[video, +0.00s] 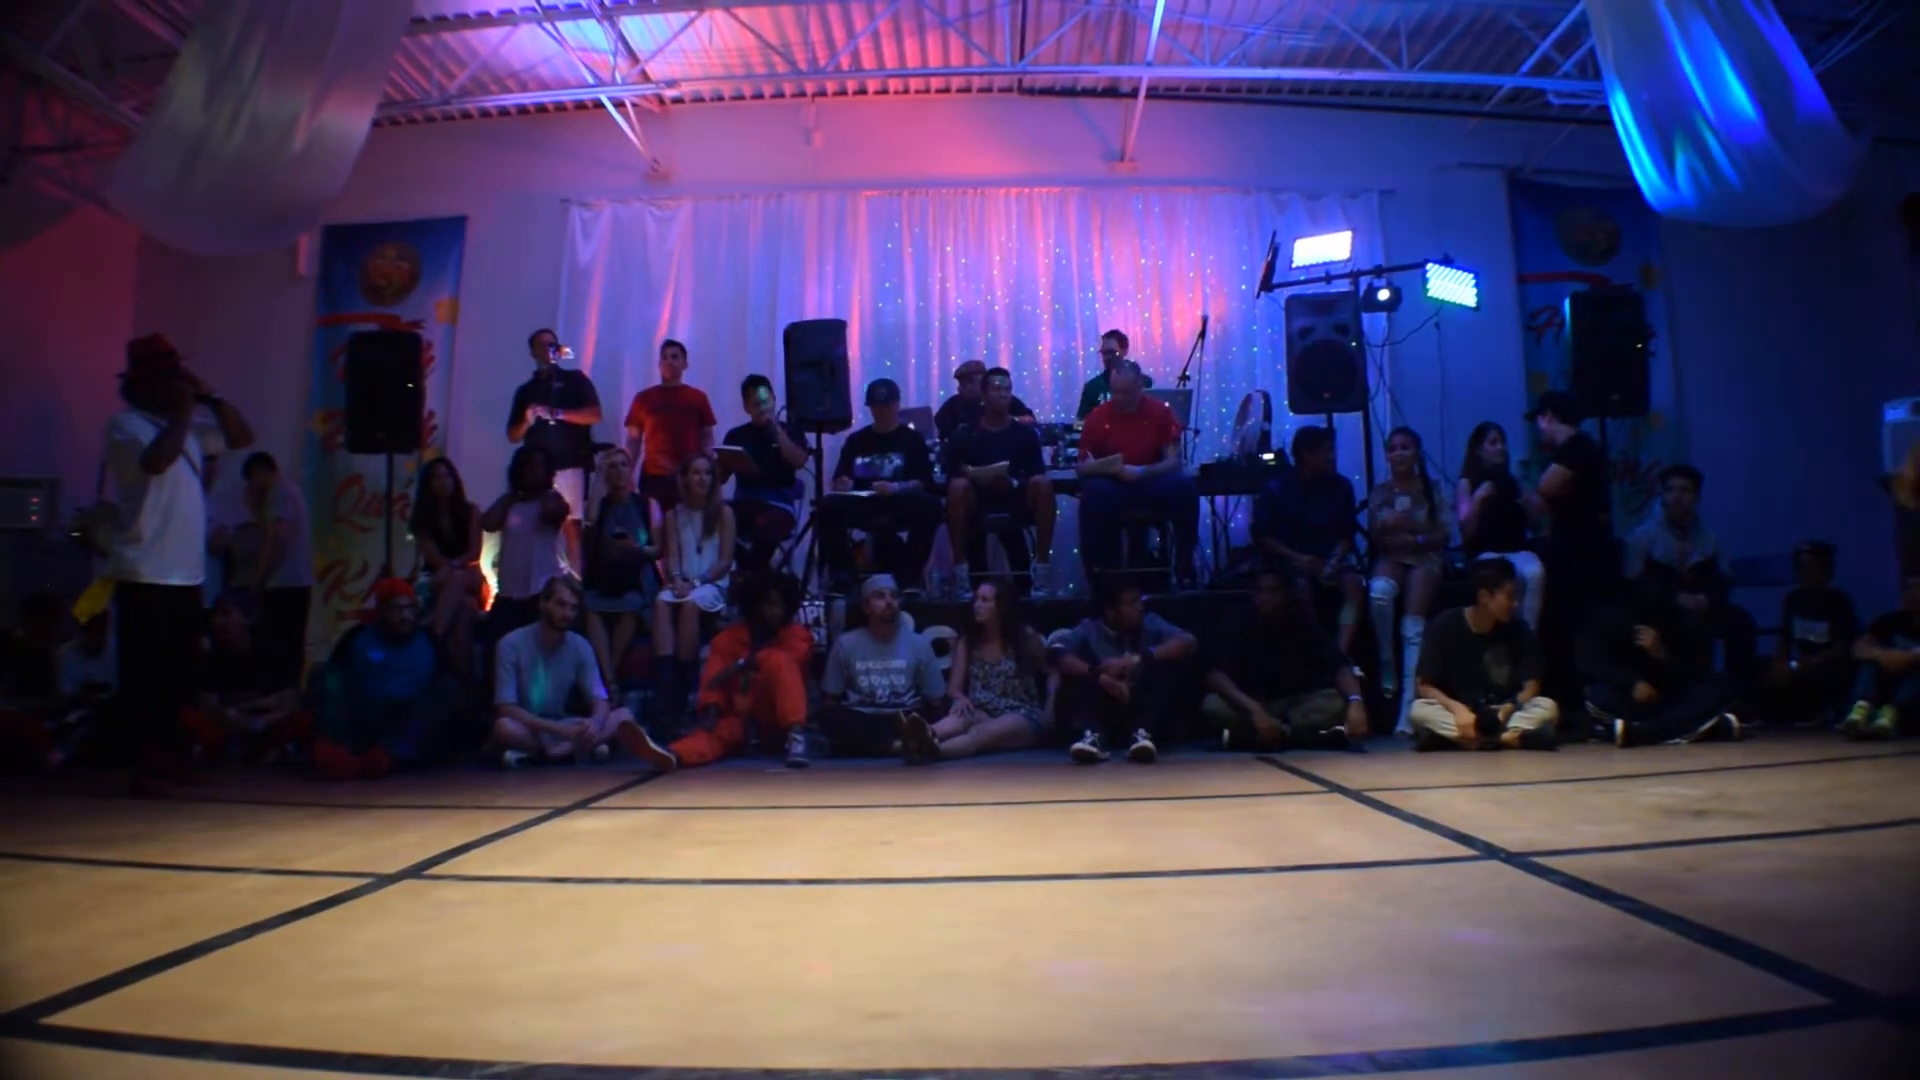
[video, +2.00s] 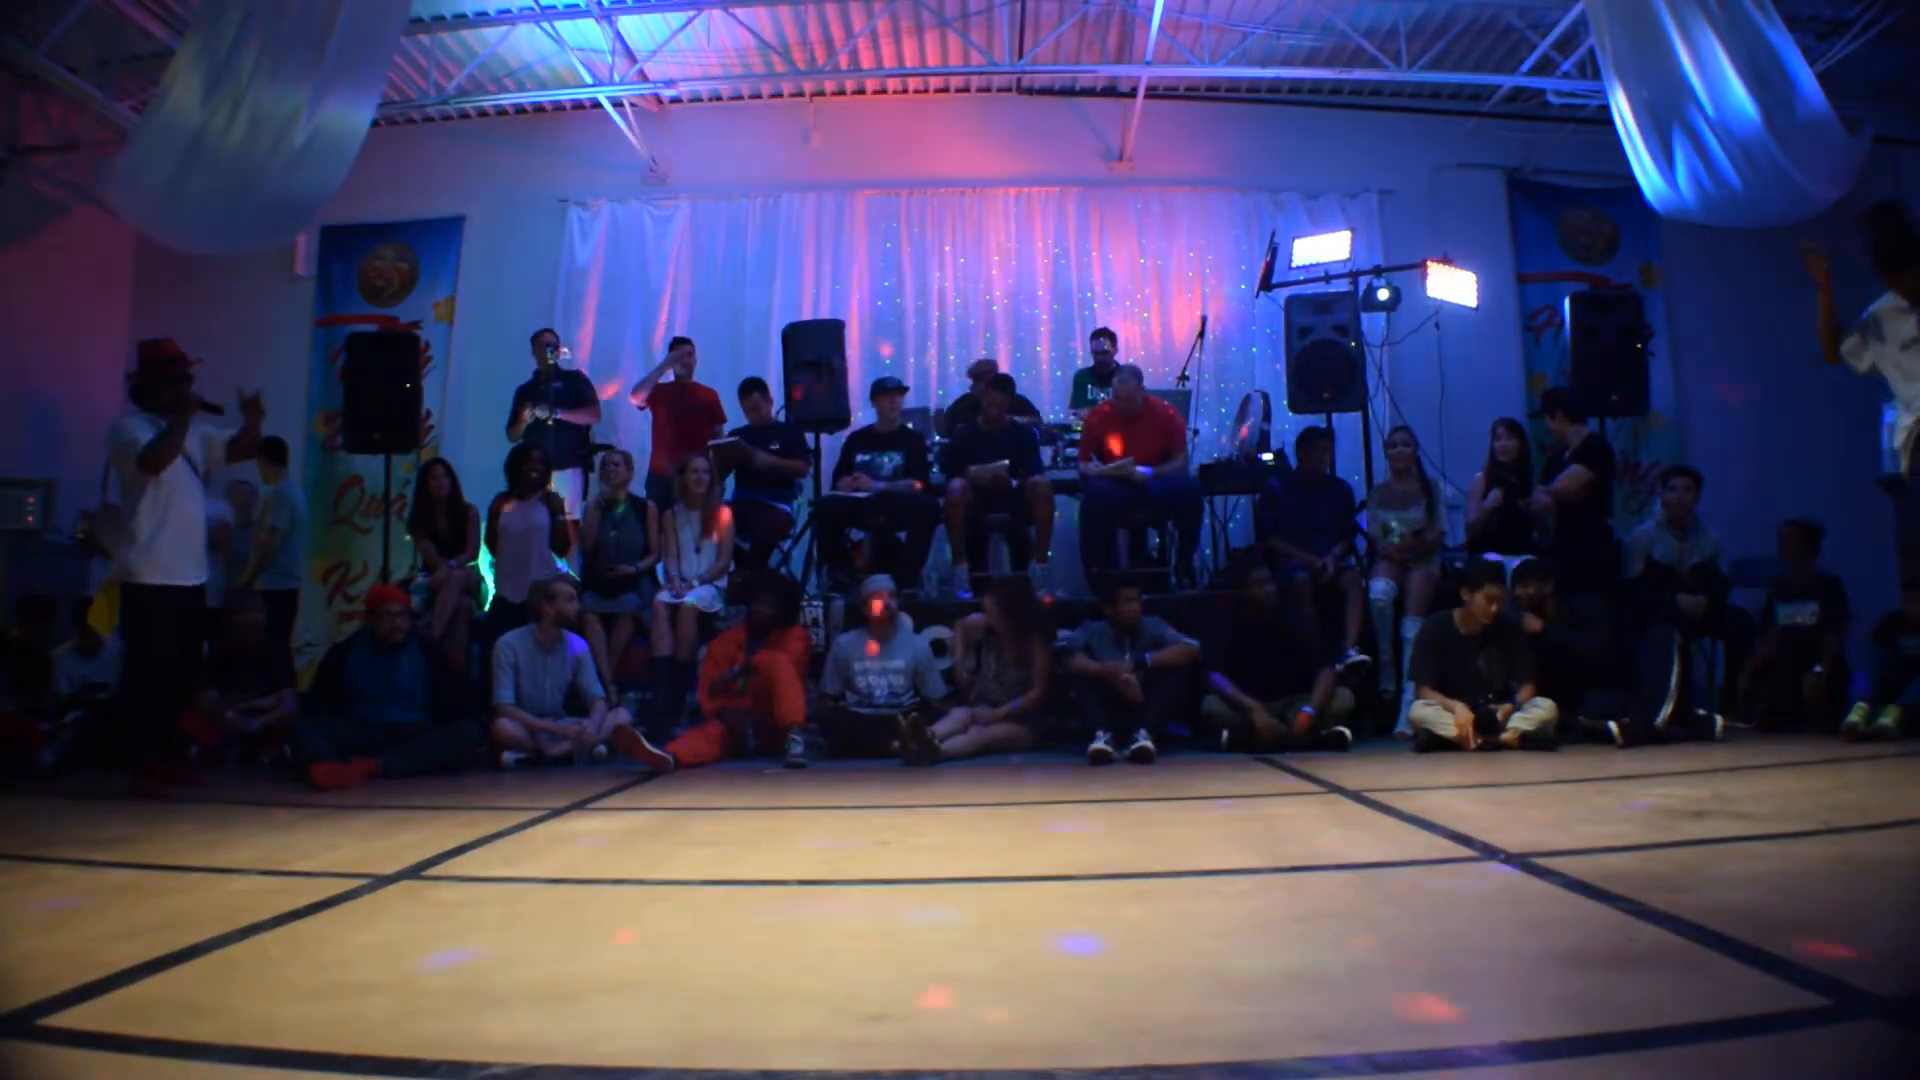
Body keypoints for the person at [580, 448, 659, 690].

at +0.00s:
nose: (618, 471)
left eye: (622, 465)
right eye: (611, 467)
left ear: (630, 470)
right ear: (603, 474)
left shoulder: (646, 505)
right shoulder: (596, 506)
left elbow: (657, 548)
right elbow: (588, 542)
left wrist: (634, 548)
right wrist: (595, 494)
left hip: (634, 575)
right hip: (602, 574)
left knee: (629, 609)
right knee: (591, 610)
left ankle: (610, 674)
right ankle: (608, 680)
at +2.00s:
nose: (610, 470)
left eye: (616, 465)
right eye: (606, 465)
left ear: (629, 472)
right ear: (601, 473)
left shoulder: (645, 507)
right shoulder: (593, 506)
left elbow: (654, 552)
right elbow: (587, 545)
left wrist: (633, 568)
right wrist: (597, 507)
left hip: (630, 576)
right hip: (599, 575)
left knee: (627, 611)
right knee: (589, 614)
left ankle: (607, 678)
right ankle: (608, 684)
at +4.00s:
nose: (612, 472)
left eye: (619, 467)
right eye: (609, 467)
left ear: (632, 475)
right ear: (604, 473)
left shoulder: (646, 508)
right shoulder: (592, 510)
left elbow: (648, 551)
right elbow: (587, 553)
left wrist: (631, 533)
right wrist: (606, 533)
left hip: (631, 574)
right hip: (600, 574)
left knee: (626, 608)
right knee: (588, 607)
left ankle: (610, 671)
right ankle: (602, 672)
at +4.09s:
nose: (613, 473)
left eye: (620, 468)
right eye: (609, 467)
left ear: (632, 475)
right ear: (604, 473)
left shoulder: (646, 508)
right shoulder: (595, 509)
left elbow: (648, 550)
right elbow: (590, 547)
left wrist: (631, 532)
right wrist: (610, 532)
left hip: (633, 578)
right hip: (602, 577)